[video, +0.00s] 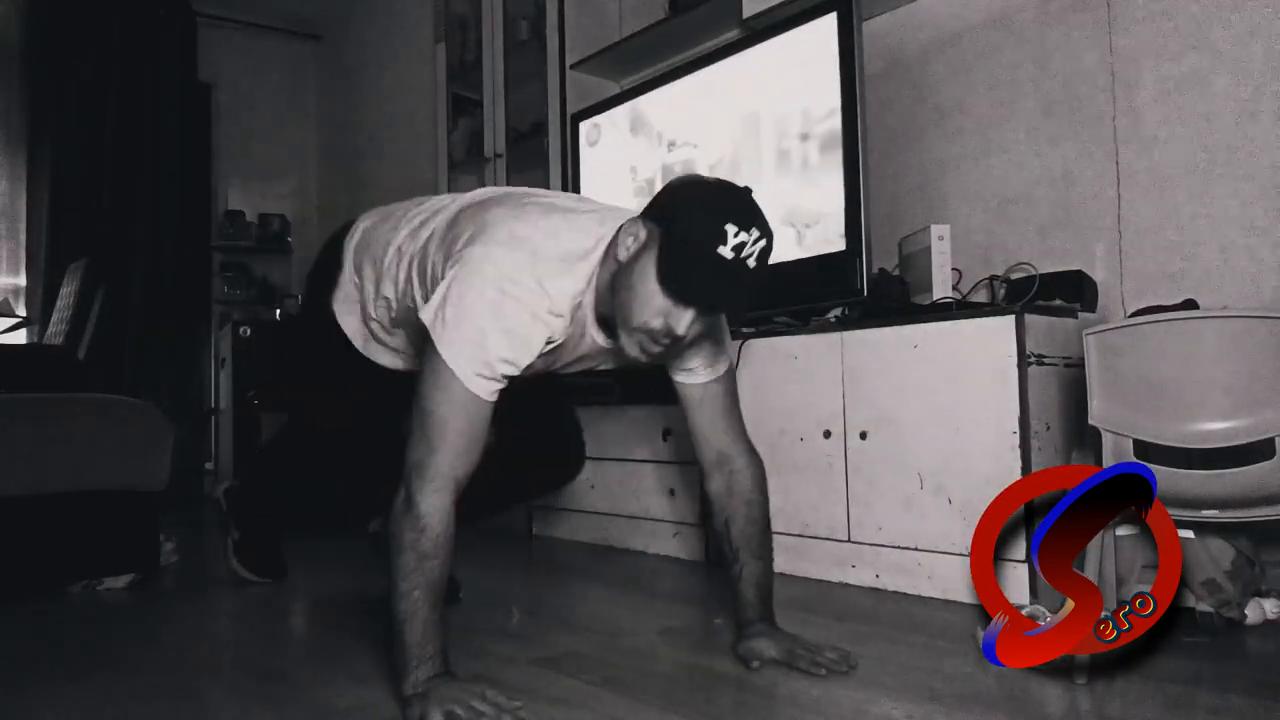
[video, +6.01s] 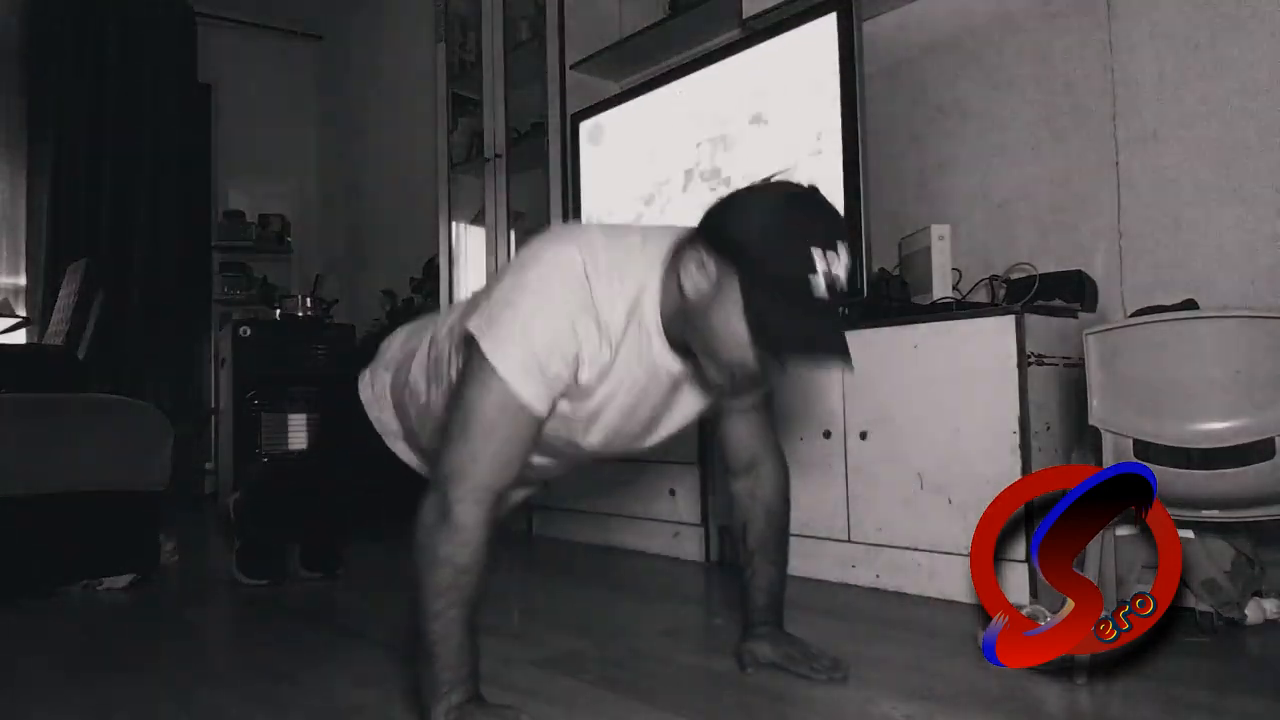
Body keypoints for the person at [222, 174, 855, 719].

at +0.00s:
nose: (678, 331)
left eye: (701, 315)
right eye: (672, 297)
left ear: (725, 312)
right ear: (632, 242)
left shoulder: (694, 317)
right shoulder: (507, 279)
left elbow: (730, 465)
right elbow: (426, 492)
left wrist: (758, 625)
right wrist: (424, 682)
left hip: (480, 314)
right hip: (364, 293)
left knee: (549, 451)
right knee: (352, 492)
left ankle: (418, 529)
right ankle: (258, 504)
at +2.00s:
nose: (735, 291)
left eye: (757, 269)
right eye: (724, 255)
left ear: (773, 260)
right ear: (662, 216)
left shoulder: (722, 312)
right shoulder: (536, 263)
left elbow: (756, 464)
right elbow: (470, 505)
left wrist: (780, 619)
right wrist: (451, 701)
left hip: (463, 438)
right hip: (383, 383)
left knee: (369, 493)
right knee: (315, 476)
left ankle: (315, 521)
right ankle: (250, 515)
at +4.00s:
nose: (734, 351)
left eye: (752, 333)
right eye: (728, 319)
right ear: (669, 253)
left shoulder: (718, 316)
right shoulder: (536, 260)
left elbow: (746, 471)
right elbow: (473, 496)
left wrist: (765, 630)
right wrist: (450, 700)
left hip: (499, 461)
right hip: (404, 417)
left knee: (373, 505)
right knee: (319, 485)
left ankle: (313, 525)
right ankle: (250, 518)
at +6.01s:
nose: (770, 364)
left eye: (786, 345)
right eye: (764, 334)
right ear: (700, 273)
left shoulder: (732, 323)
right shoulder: (563, 283)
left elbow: (755, 469)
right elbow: (455, 505)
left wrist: (763, 630)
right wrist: (450, 700)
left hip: (493, 457)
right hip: (392, 422)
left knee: (363, 513)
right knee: (319, 498)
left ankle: (306, 523)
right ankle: (259, 518)